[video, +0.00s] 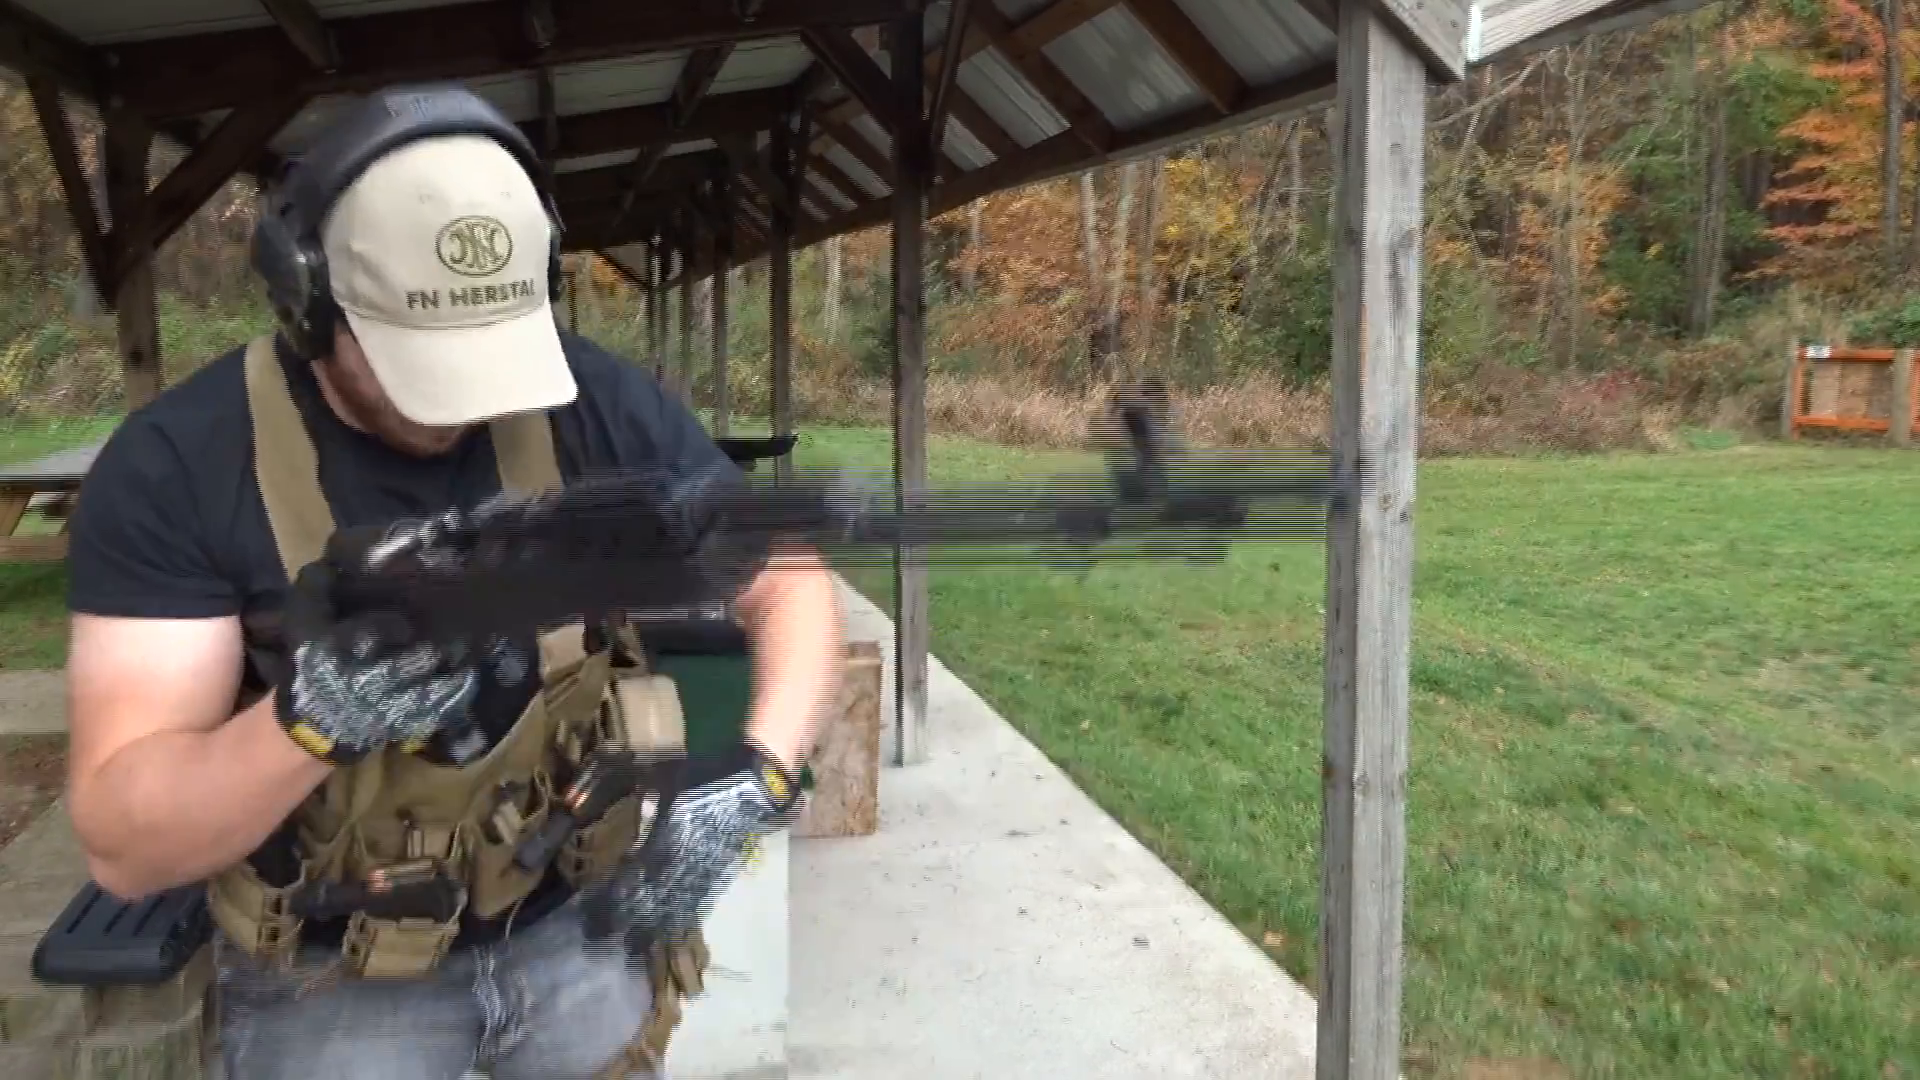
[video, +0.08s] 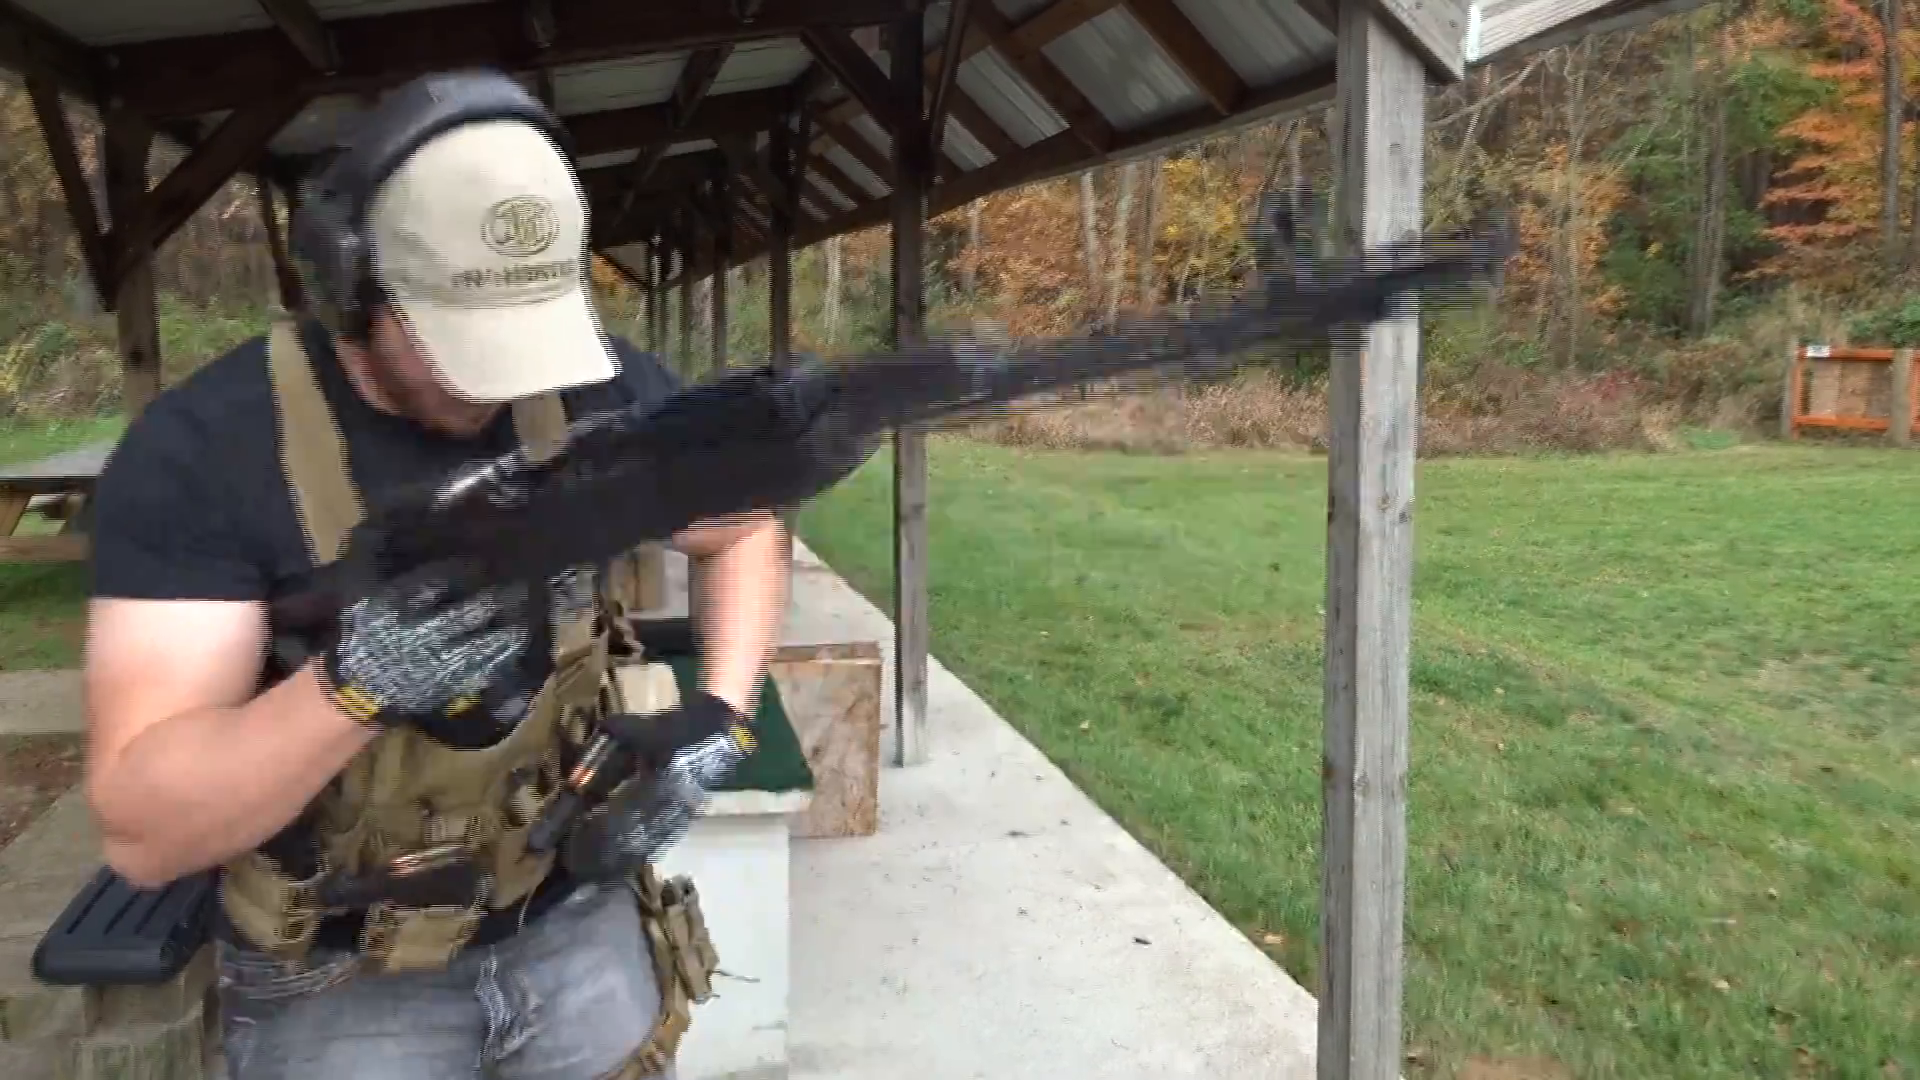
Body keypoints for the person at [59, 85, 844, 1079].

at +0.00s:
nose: (461, 401)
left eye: (487, 358)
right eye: (422, 365)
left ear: (526, 296)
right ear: (318, 315)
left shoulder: (592, 404)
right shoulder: (177, 470)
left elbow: (792, 581)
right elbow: (125, 841)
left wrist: (754, 778)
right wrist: (313, 722)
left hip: (584, 944)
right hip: (329, 983)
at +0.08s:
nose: (494, 378)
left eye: (518, 342)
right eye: (460, 343)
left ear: (551, 279)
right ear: (352, 293)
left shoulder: (594, 387)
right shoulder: (202, 454)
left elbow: (744, 522)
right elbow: (144, 828)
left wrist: (714, 721)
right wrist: (357, 685)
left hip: (582, 936)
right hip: (337, 992)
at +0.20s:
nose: (541, 349)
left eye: (563, 312)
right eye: (507, 312)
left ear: (586, 260)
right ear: (402, 265)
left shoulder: (603, 379)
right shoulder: (239, 440)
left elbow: (709, 535)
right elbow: (185, 807)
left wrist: (706, 700)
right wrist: (420, 649)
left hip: (584, 931)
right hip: (349, 991)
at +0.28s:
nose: (607, 333)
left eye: (623, 296)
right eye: (570, 298)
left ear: (642, 253)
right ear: (455, 249)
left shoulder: (621, 382)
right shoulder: (289, 421)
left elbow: (700, 536)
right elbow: (227, 782)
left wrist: (721, 693)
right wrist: (488, 609)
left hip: (586, 928)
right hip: (352, 981)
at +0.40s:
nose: (647, 321)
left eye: (665, 287)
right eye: (618, 283)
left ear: (688, 254)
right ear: (505, 231)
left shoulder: (637, 394)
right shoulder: (331, 409)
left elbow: (714, 568)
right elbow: (283, 761)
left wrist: (714, 706)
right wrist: (548, 579)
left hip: (587, 915)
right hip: (359, 964)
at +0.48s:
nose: (682, 306)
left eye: (701, 274)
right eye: (653, 267)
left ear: (717, 262)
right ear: (542, 227)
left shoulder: (656, 403)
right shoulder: (375, 401)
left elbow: (709, 576)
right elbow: (317, 743)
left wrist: (731, 702)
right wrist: (590, 563)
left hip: (596, 900)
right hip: (378, 946)